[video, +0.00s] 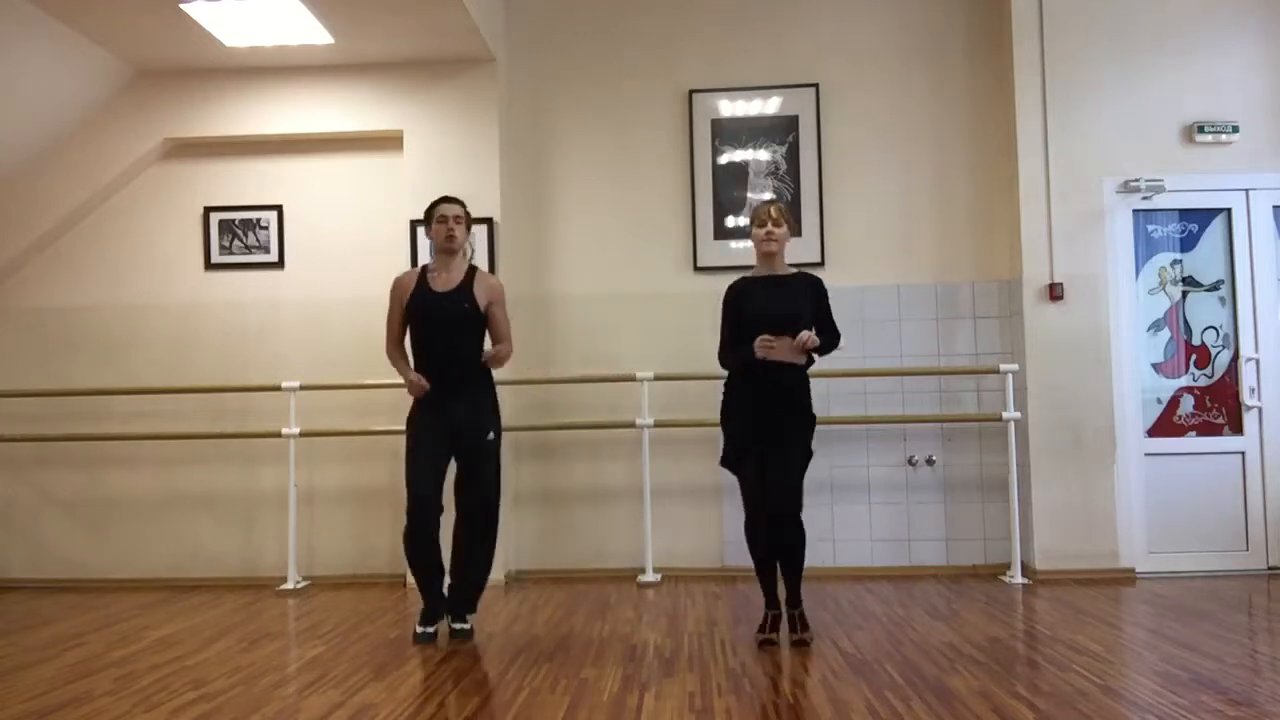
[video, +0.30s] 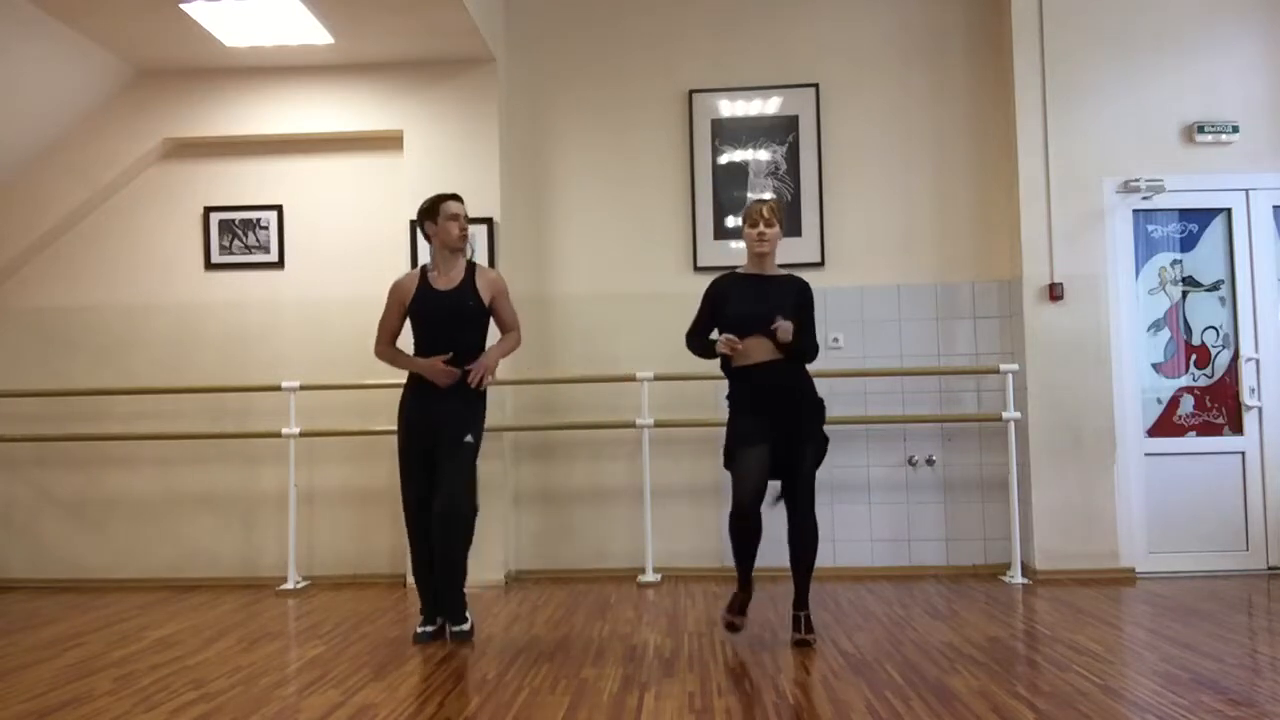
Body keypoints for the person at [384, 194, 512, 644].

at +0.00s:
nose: (450, 227)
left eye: (457, 221)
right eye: (441, 221)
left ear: (468, 231)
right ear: (428, 232)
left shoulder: (487, 286)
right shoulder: (406, 285)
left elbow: (504, 349)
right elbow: (393, 345)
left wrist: (484, 361)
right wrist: (408, 375)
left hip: (477, 407)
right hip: (430, 406)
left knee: (477, 511)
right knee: (422, 510)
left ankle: (462, 608)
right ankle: (431, 605)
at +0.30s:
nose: (462, 227)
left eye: (465, 220)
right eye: (453, 220)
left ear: (468, 228)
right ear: (429, 229)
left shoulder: (488, 282)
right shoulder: (407, 287)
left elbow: (513, 334)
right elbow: (383, 347)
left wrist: (493, 356)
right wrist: (420, 365)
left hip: (464, 404)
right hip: (419, 403)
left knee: (455, 505)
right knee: (419, 507)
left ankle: (454, 608)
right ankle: (430, 611)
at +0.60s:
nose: (466, 229)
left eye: (469, 223)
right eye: (457, 222)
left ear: (471, 230)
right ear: (433, 230)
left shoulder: (486, 287)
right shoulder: (405, 286)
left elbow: (505, 354)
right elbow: (385, 341)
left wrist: (497, 344)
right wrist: (413, 372)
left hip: (480, 410)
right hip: (430, 411)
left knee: (483, 513)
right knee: (420, 514)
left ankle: (466, 611)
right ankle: (438, 605)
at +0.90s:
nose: (469, 223)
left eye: (471, 216)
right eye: (460, 216)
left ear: (472, 224)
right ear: (435, 224)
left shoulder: (490, 276)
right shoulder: (408, 282)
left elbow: (510, 339)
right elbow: (381, 337)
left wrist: (516, 329)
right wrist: (412, 361)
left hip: (469, 403)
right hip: (423, 404)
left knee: (465, 508)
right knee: (424, 507)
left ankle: (459, 611)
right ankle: (433, 613)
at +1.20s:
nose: (471, 222)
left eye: (473, 216)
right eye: (462, 215)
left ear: (470, 222)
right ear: (436, 222)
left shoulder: (487, 275)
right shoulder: (404, 280)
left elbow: (504, 339)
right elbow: (378, 338)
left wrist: (517, 328)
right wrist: (411, 361)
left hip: (469, 402)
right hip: (423, 404)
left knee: (465, 509)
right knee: (427, 508)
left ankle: (462, 615)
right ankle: (436, 615)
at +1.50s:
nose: (468, 224)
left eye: (470, 216)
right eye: (459, 216)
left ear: (469, 222)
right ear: (433, 221)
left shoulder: (484, 274)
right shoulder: (400, 281)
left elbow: (502, 339)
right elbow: (374, 339)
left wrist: (516, 331)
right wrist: (407, 362)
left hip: (467, 402)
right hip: (421, 405)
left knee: (465, 510)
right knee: (426, 511)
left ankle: (462, 614)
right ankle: (435, 615)